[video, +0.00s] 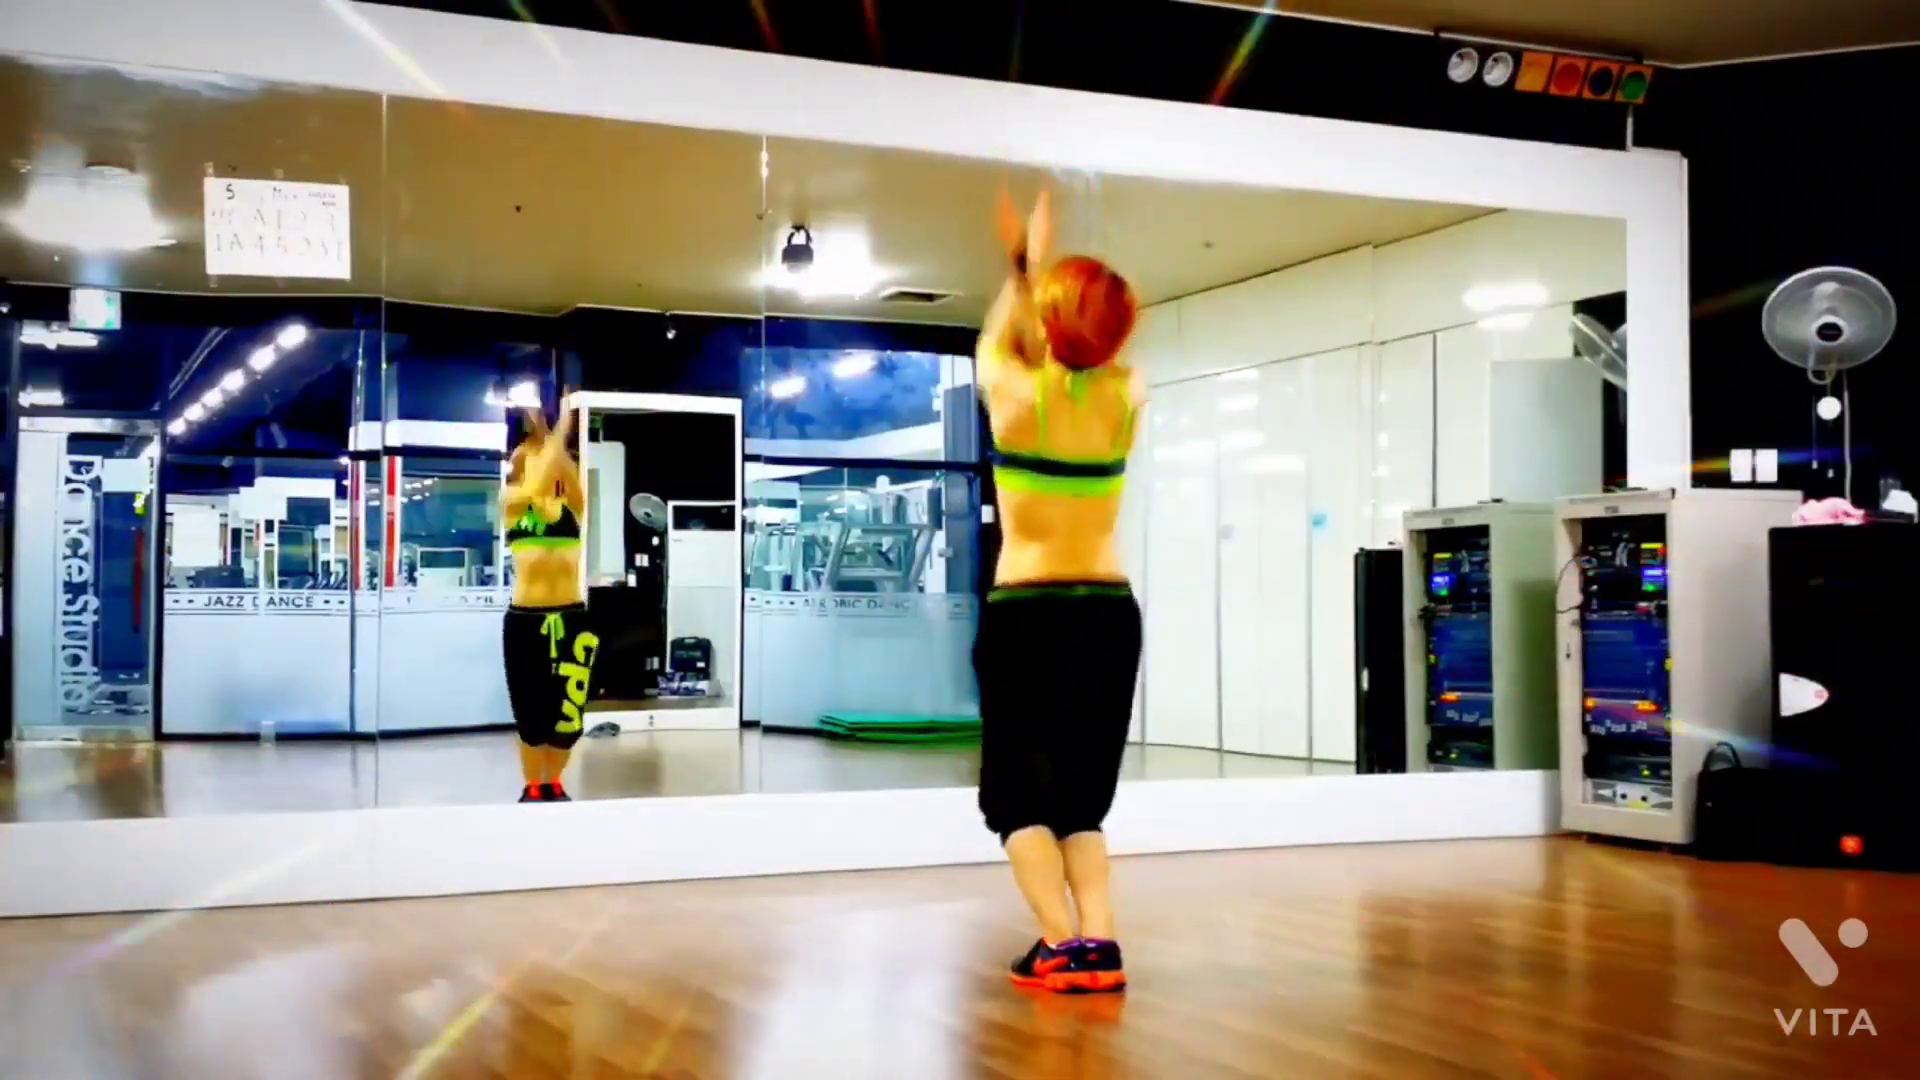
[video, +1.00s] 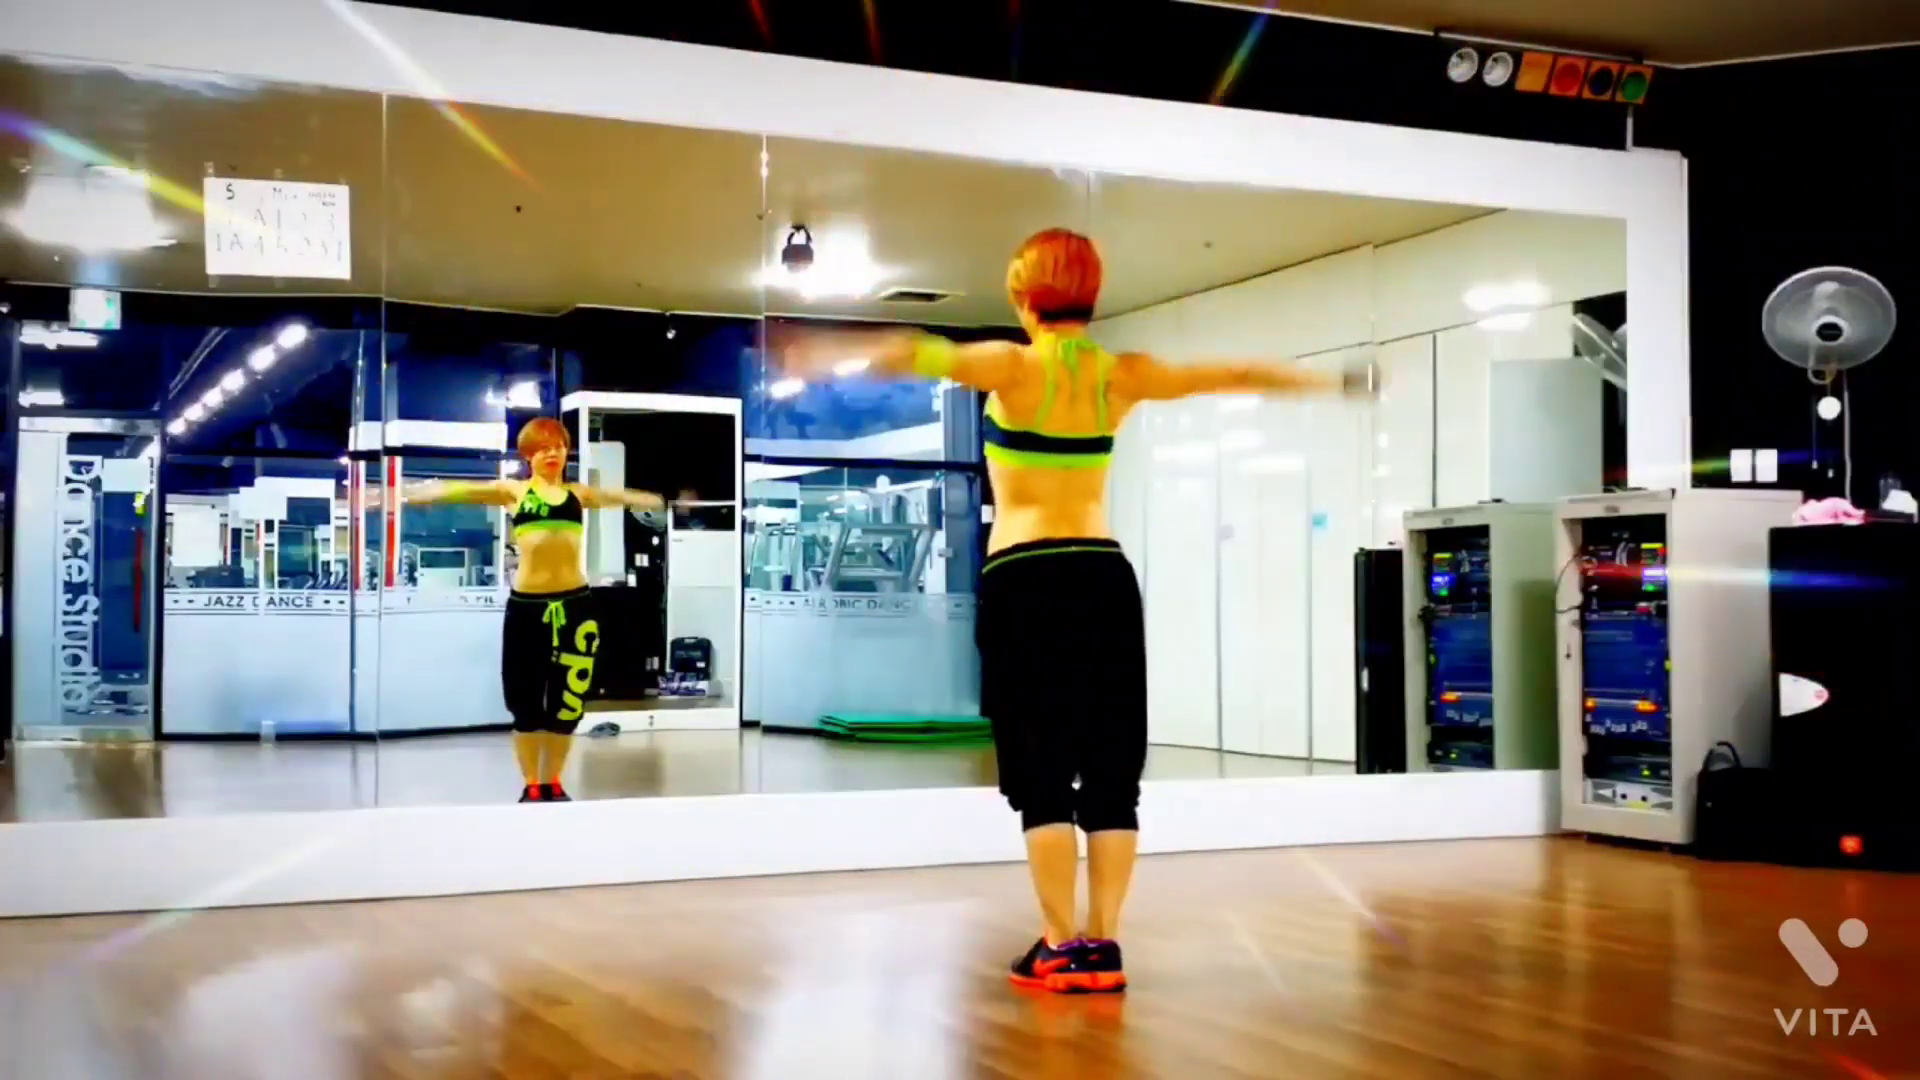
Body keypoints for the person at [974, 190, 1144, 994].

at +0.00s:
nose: (1029, 313)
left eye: (1045, 303)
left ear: (1039, 328)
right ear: (1107, 334)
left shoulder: (1012, 389)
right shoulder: (1123, 396)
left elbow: (1004, 330)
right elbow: (1090, 340)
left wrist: (1021, 267)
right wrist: (1045, 269)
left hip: (1023, 613)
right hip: (1106, 611)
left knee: (1014, 791)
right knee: (1082, 794)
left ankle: (1060, 940)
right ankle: (1099, 942)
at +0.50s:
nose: (1035, 285)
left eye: (1039, 272)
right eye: (1081, 270)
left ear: (1031, 290)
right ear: (1104, 291)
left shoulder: (1009, 352)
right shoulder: (1115, 361)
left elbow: (994, 230)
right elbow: (1114, 248)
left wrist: (1010, 119)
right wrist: (1087, 141)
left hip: (1012, 574)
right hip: (1096, 571)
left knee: (1029, 766)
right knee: (1106, 764)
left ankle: (1063, 938)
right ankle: (1100, 942)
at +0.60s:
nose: (1032, 283)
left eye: (1031, 273)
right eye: (1073, 275)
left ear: (1027, 287)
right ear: (1098, 292)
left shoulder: (1011, 339)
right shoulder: (1110, 353)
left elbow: (983, 210)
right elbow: (1141, 247)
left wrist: (967, 105)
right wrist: (1165, 135)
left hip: (1015, 571)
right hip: (1097, 570)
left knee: (1031, 765)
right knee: (1108, 764)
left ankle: (1063, 941)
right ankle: (1101, 943)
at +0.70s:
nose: (1021, 283)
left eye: (1025, 275)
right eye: (1049, 277)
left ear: (1024, 292)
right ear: (1096, 295)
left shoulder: (1009, 343)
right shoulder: (1111, 362)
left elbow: (965, 220)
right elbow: (1177, 261)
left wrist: (917, 110)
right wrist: (1239, 159)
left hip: (1016, 571)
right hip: (1097, 569)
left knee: (1035, 765)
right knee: (1111, 765)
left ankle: (1064, 944)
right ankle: (1103, 946)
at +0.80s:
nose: (1020, 282)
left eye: (1025, 274)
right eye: (1041, 273)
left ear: (1025, 290)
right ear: (1092, 290)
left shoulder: (1012, 351)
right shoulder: (1114, 366)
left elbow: (949, 249)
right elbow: (1205, 286)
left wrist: (873, 161)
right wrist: (1301, 213)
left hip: (1020, 579)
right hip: (1102, 576)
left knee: (1037, 772)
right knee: (1113, 769)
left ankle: (1066, 943)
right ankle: (1103, 945)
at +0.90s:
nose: (1013, 294)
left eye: (1017, 284)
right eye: (1016, 285)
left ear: (1029, 294)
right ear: (1092, 294)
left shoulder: (1010, 359)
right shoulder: (1118, 368)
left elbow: (932, 300)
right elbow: (1225, 327)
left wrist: (868, 259)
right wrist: (1328, 294)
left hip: (1021, 578)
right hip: (1102, 573)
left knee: (1037, 769)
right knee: (1112, 766)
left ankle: (1062, 941)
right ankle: (1103, 945)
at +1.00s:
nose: (1016, 300)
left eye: (1018, 291)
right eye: (1020, 292)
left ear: (1026, 298)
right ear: (1093, 298)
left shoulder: (1008, 364)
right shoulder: (1122, 373)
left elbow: (912, 353)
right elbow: (1234, 374)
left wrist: (826, 358)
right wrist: (1327, 381)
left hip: (1021, 580)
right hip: (1103, 577)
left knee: (1038, 765)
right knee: (1112, 766)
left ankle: (1063, 945)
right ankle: (1103, 947)